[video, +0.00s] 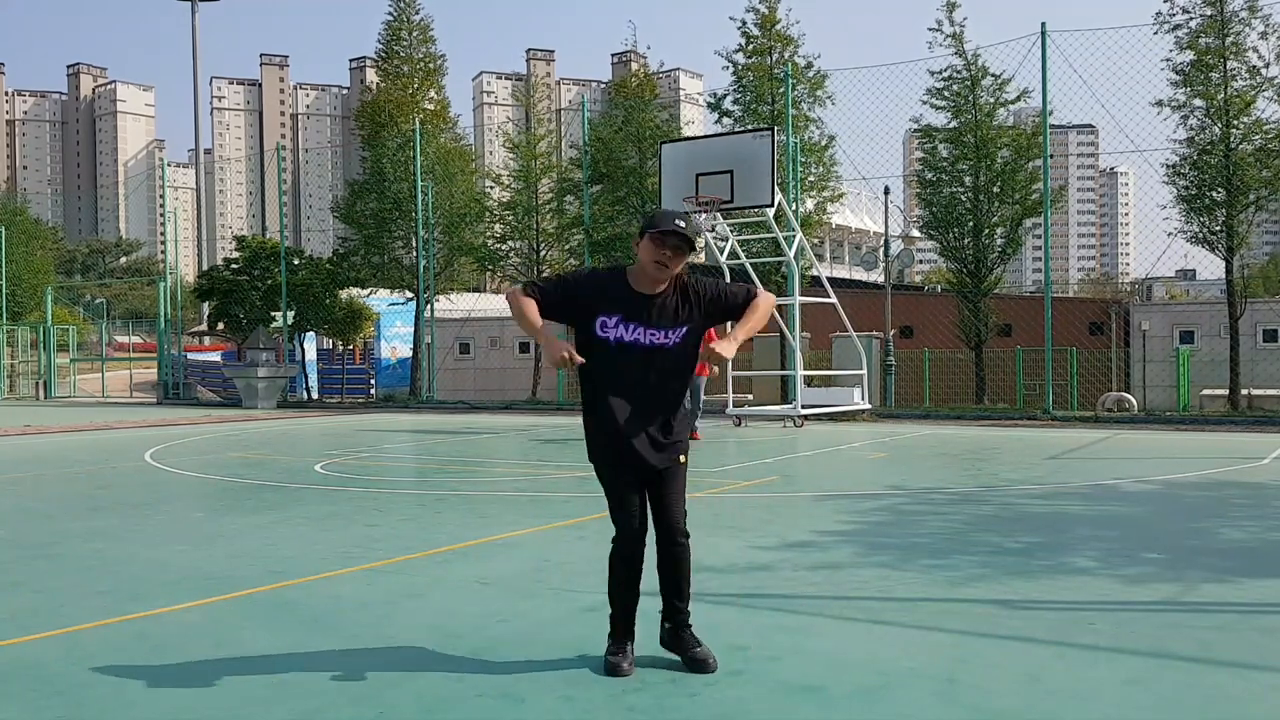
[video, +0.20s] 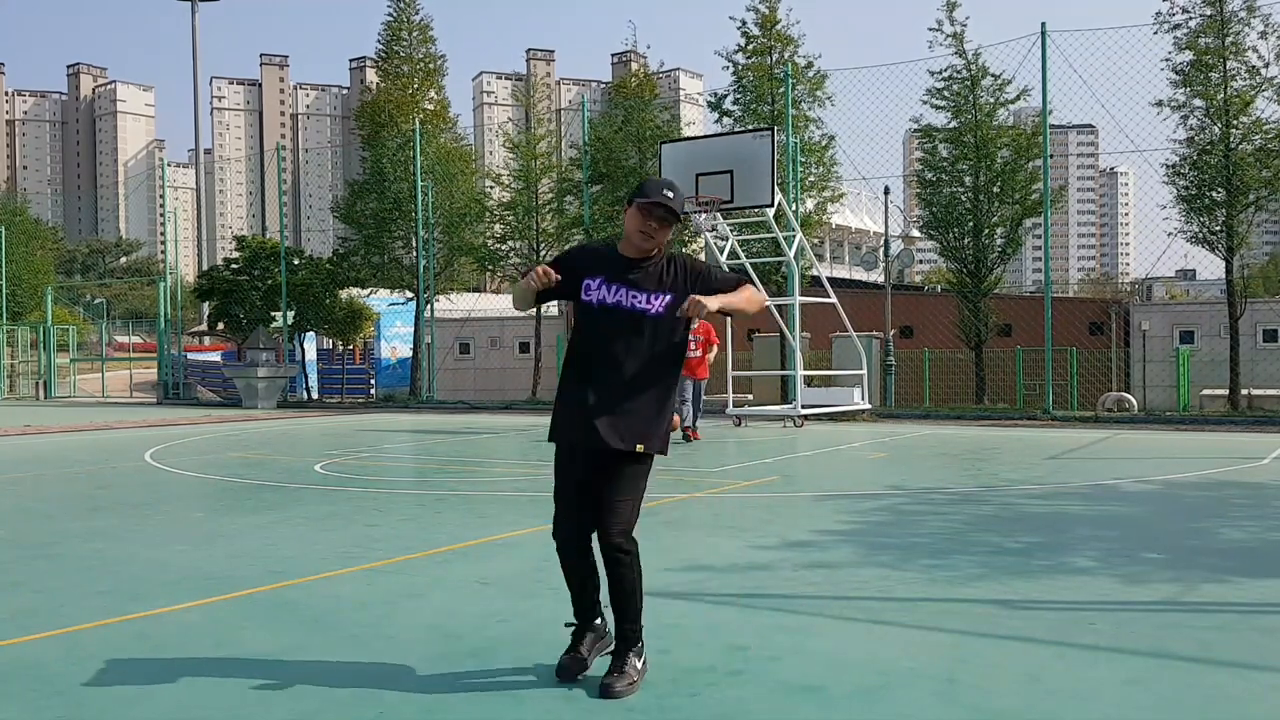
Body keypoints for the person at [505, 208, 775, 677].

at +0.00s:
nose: (667, 272)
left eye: (677, 264)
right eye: (659, 260)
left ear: (686, 261)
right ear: (638, 247)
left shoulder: (696, 295)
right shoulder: (597, 287)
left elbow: (764, 299)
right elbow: (521, 297)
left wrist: (734, 340)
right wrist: (545, 339)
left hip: (669, 436)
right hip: (613, 437)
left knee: (674, 532)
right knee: (631, 534)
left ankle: (677, 629)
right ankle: (621, 638)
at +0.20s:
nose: (652, 226)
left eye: (664, 221)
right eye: (646, 213)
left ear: (673, 231)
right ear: (627, 212)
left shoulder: (684, 273)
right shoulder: (586, 260)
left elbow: (756, 298)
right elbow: (521, 299)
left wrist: (716, 302)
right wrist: (532, 283)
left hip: (636, 428)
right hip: (577, 421)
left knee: (616, 536)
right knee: (569, 535)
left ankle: (630, 650)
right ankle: (591, 626)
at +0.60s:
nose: (599, 262)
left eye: (605, 251)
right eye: (586, 254)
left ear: (612, 250)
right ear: (559, 254)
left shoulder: (636, 292)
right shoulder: (546, 291)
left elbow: (709, 313)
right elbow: (529, 315)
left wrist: (663, 367)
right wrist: (532, 357)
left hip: (634, 430)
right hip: (579, 430)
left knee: (626, 533)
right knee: (574, 539)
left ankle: (629, 653)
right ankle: (574, 647)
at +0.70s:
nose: (603, 234)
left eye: (610, 225)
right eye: (593, 226)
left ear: (618, 222)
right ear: (566, 222)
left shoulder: (640, 263)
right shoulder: (545, 267)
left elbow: (710, 275)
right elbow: (505, 285)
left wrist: (686, 333)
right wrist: (498, 321)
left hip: (634, 420)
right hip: (573, 421)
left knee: (629, 532)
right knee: (572, 533)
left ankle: (628, 646)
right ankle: (568, 641)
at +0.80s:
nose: (609, 242)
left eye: (617, 233)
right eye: (600, 232)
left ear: (625, 230)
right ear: (573, 227)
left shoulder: (643, 270)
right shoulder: (541, 277)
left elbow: (700, 286)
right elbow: (493, 313)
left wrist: (701, 320)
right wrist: (477, 309)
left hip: (635, 433)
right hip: (571, 436)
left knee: (629, 544)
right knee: (577, 546)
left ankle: (611, 651)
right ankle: (554, 656)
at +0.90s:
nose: (613, 275)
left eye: (623, 268)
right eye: (607, 264)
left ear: (630, 269)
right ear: (583, 252)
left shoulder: (636, 306)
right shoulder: (539, 310)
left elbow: (685, 345)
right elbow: (483, 371)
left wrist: (702, 326)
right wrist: (476, 323)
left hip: (632, 464)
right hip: (570, 466)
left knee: (633, 564)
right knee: (579, 570)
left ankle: (608, 654)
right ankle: (552, 665)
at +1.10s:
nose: (639, 298)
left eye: (645, 293)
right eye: (634, 285)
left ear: (641, 298)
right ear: (605, 274)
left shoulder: (623, 332)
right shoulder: (551, 319)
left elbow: (643, 403)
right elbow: (546, 403)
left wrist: (670, 362)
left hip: (598, 451)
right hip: (545, 454)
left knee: (624, 546)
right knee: (578, 552)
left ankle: (609, 655)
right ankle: (552, 658)